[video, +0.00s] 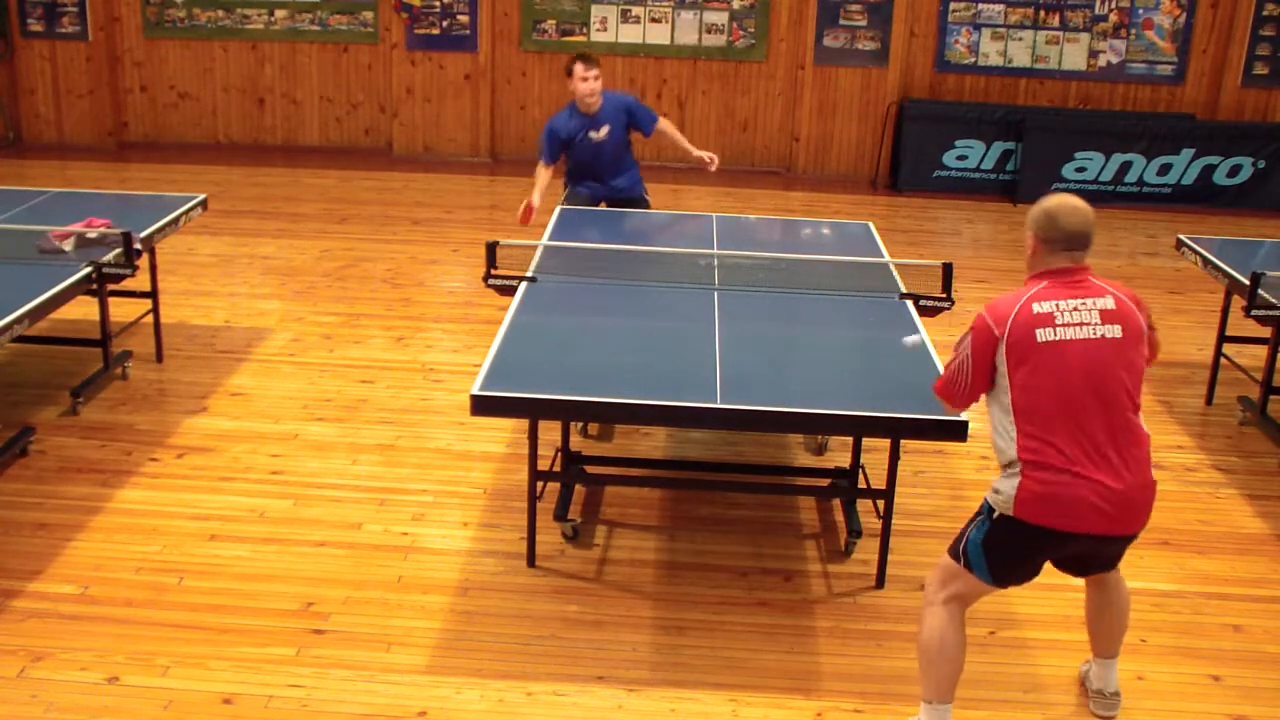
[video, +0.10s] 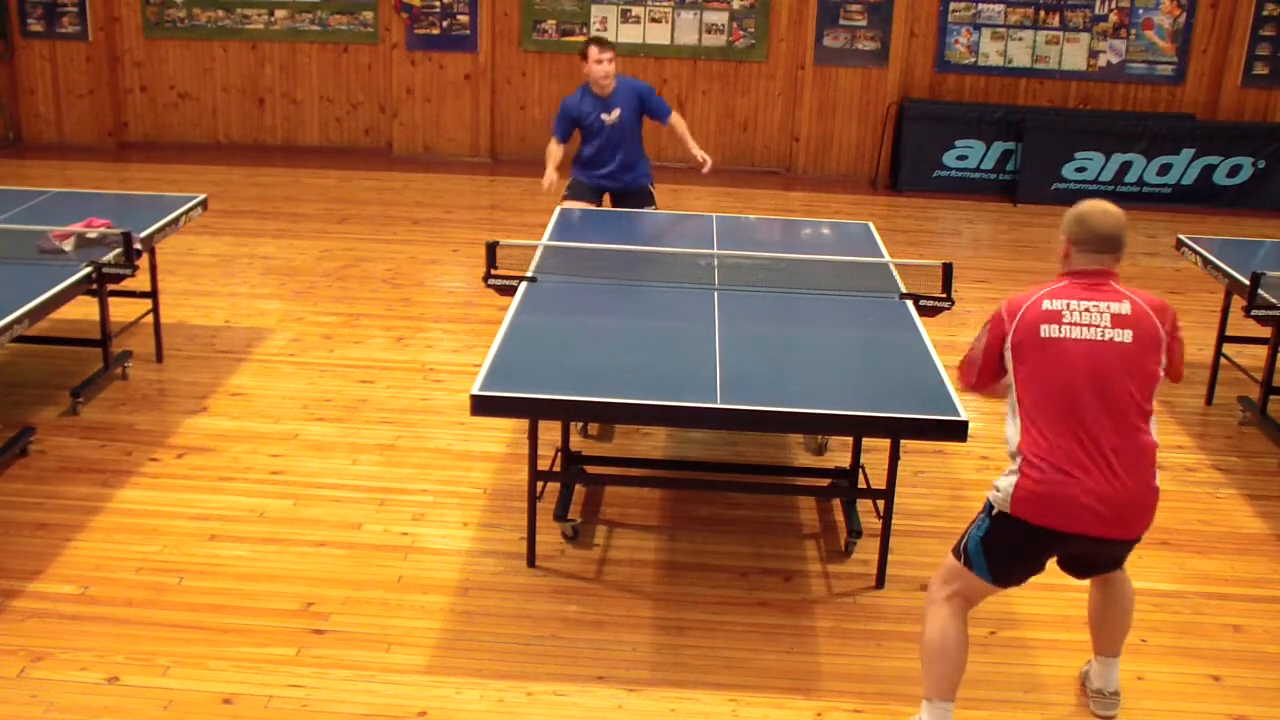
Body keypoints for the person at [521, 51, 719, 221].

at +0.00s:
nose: (591, 86)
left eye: (595, 79)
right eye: (584, 80)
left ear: (602, 80)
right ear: (570, 84)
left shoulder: (623, 106)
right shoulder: (560, 126)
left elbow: (659, 125)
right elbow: (546, 165)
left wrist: (694, 152)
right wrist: (535, 196)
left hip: (625, 183)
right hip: (584, 187)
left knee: (642, 237)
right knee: (567, 236)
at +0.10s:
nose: (606, 68)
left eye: (610, 61)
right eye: (599, 62)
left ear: (615, 63)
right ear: (585, 67)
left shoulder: (636, 92)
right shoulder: (574, 105)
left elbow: (671, 117)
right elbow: (558, 141)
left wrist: (693, 147)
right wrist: (551, 169)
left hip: (631, 175)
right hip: (589, 176)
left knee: (646, 233)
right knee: (570, 224)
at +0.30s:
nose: (616, 49)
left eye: (620, 43)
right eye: (609, 44)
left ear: (624, 45)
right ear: (595, 48)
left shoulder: (643, 76)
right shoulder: (581, 84)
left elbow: (665, 106)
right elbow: (562, 124)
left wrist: (673, 139)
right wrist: (573, 151)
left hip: (632, 159)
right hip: (592, 158)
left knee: (648, 208)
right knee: (570, 207)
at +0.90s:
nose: (547, 106)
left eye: (551, 100)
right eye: (540, 100)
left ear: (558, 99)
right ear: (528, 103)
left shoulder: (571, 101)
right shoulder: (525, 128)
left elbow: (588, 85)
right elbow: (506, 175)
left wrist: (616, 82)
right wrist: (505, 163)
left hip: (576, 157)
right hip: (537, 166)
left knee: (624, 185)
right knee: (518, 215)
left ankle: (619, 230)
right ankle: (490, 273)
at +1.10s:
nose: (566, 107)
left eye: (571, 100)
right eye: (560, 101)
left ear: (578, 102)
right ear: (548, 104)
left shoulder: (589, 120)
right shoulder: (537, 136)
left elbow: (601, 138)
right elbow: (516, 180)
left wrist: (611, 165)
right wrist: (525, 211)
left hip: (574, 177)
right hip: (539, 178)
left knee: (599, 220)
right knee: (524, 219)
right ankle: (487, 273)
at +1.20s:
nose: (594, 86)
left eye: (600, 80)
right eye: (588, 80)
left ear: (607, 82)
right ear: (578, 83)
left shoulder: (619, 105)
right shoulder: (567, 114)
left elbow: (636, 128)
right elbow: (537, 150)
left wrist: (647, 160)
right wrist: (546, 176)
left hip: (596, 170)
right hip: (561, 170)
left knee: (614, 220)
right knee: (531, 218)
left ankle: (612, 279)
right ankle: (489, 271)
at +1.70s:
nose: (656, 77)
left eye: (662, 71)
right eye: (653, 72)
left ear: (677, 72)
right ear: (650, 75)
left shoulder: (703, 97)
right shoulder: (658, 107)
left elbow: (738, 124)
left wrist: (745, 160)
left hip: (721, 167)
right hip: (685, 167)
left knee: (749, 221)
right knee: (651, 207)